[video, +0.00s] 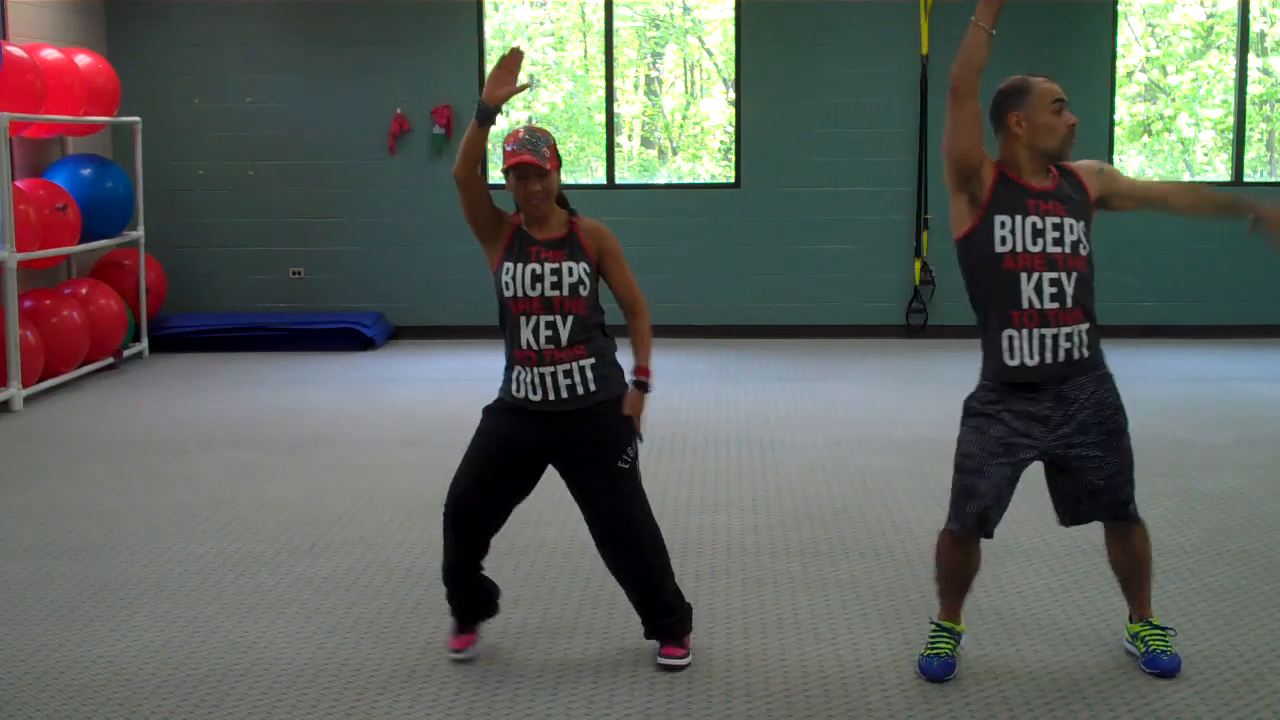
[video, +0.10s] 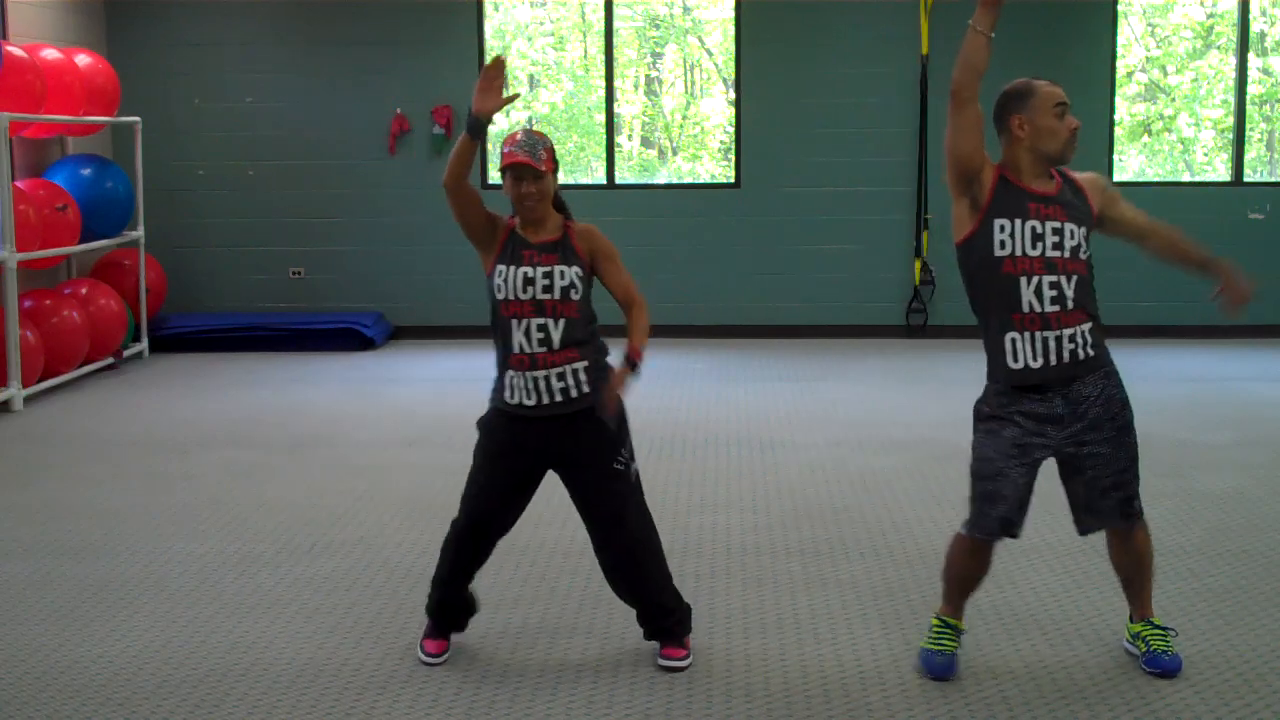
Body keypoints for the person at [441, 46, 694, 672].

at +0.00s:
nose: (527, 185)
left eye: (537, 173)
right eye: (518, 175)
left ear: (557, 176)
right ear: (506, 182)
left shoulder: (591, 237)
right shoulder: (500, 236)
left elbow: (636, 310)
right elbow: (467, 178)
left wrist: (640, 385)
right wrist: (487, 111)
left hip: (592, 408)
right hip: (519, 409)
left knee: (626, 526)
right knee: (463, 513)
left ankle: (670, 627)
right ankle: (467, 612)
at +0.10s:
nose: (525, 187)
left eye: (535, 176)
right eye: (516, 178)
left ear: (554, 179)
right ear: (505, 184)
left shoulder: (585, 241)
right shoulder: (495, 238)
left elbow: (636, 309)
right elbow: (456, 185)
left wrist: (628, 368)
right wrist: (477, 122)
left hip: (586, 413)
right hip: (514, 417)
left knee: (625, 527)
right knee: (474, 524)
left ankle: (670, 627)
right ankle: (441, 619)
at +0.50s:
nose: (464, 147)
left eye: (476, 140)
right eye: (454, 141)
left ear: (497, 153)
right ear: (444, 158)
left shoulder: (518, 212)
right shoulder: (434, 213)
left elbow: (522, 145)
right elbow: (402, 161)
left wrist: (492, 77)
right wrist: (440, 90)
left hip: (500, 392)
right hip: (432, 391)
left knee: (507, 511)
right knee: (429, 514)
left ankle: (495, 619)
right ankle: (436, 624)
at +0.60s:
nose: (456, 144)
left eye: (468, 136)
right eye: (447, 138)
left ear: (489, 149)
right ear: (436, 154)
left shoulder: (511, 211)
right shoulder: (426, 209)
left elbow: (514, 138)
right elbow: (395, 154)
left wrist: (481, 67)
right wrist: (428, 83)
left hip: (484, 392)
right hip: (419, 388)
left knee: (481, 513)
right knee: (419, 512)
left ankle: (488, 626)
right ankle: (434, 622)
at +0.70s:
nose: (450, 144)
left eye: (461, 136)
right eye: (441, 137)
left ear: (483, 149)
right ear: (429, 153)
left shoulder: (502, 210)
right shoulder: (419, 207)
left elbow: (502, 134)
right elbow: (386, 150)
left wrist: (474, 62)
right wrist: (413, 75)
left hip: (473, 391)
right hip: (409, 385)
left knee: (468, 510)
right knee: (402, 505)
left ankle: (475, 623)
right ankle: (421, 622)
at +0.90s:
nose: (438, 151)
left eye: (450, 143)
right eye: (430, 145)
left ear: (471, 158)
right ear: (418, 160)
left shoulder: (490, 215)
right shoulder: (406, 215)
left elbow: (487, 140)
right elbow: (338, 172)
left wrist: (447, 64)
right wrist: (319, 100)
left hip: (465, 401)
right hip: (398, 393)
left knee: (466, 520)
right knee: (356, 499)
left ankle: (474, 629)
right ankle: (401, 608)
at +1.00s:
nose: (434, 149)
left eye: (445, 140)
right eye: (424, 142)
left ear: (463, 155)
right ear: (411, 156)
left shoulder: (482, 210)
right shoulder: (393, 213)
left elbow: (478, 134)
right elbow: (304, 199)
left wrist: (437, 62)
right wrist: (240, 163)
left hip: (470, 397)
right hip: (398, 391)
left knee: (474, 521)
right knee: (339, 495)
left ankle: (472, 628)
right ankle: (350, 602)